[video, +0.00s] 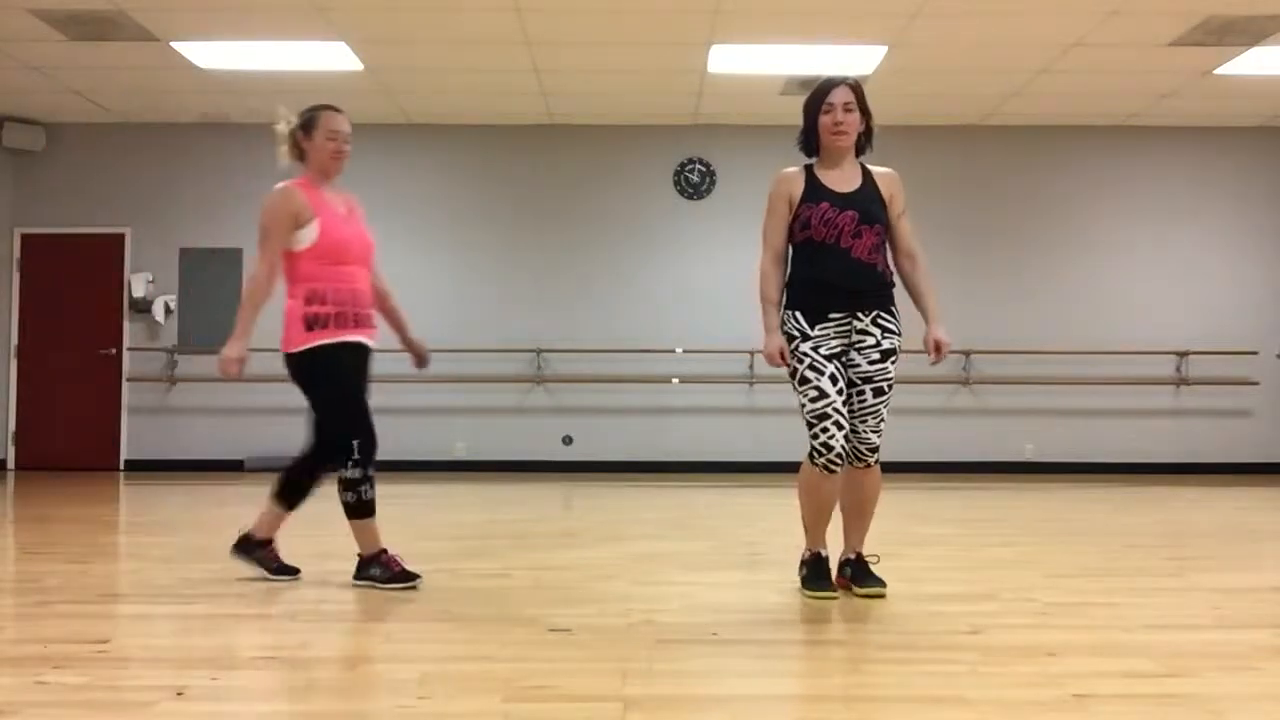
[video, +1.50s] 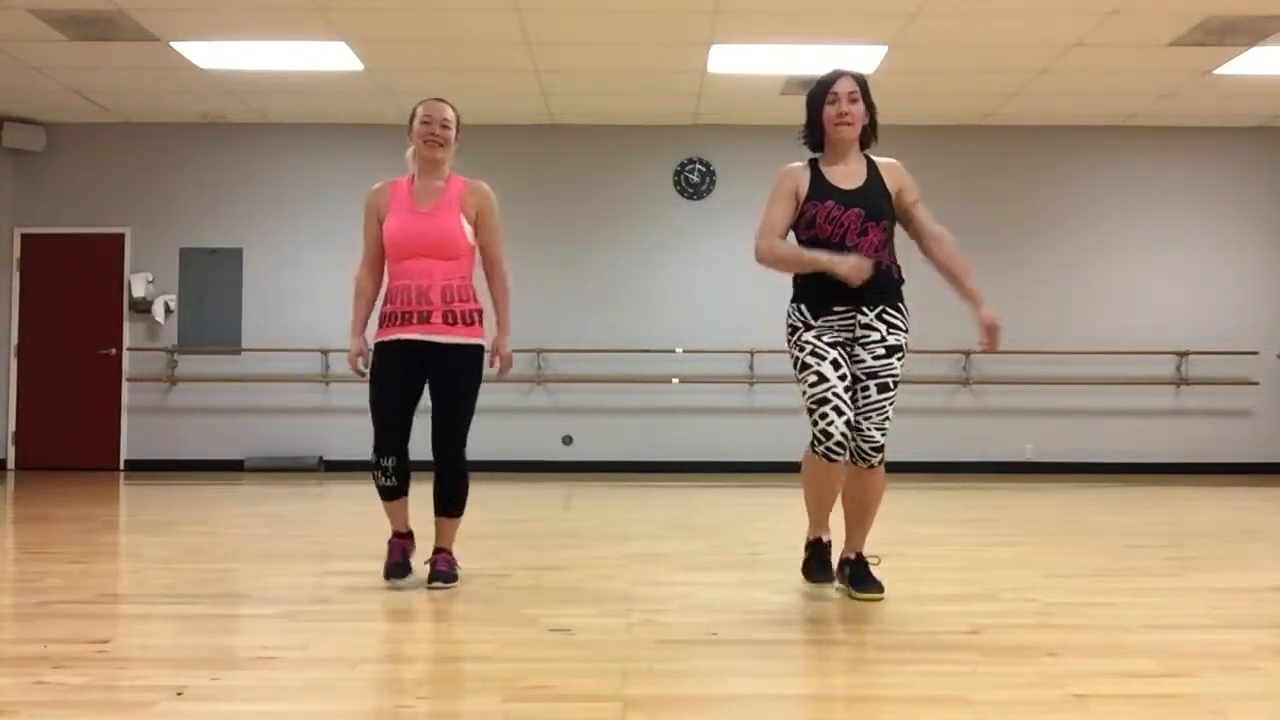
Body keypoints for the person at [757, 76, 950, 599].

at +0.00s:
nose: (840, 118)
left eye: (849, 109)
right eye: (829, 110)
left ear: (864, 120)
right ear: (813, 120)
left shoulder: (885, 183)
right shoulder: (791, 183)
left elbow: (908, 258)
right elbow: (773, 259)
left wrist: (932, 321)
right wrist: (771, 328)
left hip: (875, 326)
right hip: (810, 327)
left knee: (865, 444)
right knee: (830, 441)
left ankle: (854, 558)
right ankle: (814, 556)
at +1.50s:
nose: (845, 108)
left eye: (854, 100)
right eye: (835, 101)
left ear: (869, 112)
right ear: (817, 114)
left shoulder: (891, 174)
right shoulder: (796, 177)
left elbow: (935, 241)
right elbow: (766, 249)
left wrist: (979, 304)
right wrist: (831, 260)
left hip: (881, 318)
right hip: (817, 319)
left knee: (870, 438)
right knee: (832, 431)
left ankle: (854, 556)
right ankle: (818, 539)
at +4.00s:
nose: (841, 102)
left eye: (850, 94)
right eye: (831, 94)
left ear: (865, 106)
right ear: (814, 106)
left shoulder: (887, 158)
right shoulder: (792, 163)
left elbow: (964, 152)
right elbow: (720, 152)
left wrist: (1039, 149)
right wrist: (793, 146)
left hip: (880, 311)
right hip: (815, 313)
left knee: (872, 436)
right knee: (829, 432)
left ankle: (861, 556)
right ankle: (819, 545)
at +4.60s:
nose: (834, 102)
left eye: (843, 93)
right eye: (824, 95)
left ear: (860, 106)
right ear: (809, 108)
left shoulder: (884, 159)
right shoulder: (788, 165)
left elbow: (958, 161)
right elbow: (714, 160)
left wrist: (1031, 153)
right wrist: (787, 154)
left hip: (871, 313)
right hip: (805, 313)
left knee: (871, 437)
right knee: (820, 436)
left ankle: (859, 548)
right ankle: (817, 560)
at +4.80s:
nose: (841, 99)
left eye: (851, 90)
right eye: (831, 92)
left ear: (868, 102)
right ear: (817, 107)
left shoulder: (890, 159)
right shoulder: (798, 164)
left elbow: (930, 216)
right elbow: (728, 199)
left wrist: (984, 175)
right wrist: (784, 174)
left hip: (881, 311)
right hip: (814, 311)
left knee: (873, 439)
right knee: (827, 434)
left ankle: (856, 556)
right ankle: (817, 553)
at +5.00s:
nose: (845, 101)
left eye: (855, 93)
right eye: (834, 94)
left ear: (869, 107)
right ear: (818, 108)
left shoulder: (890, 167)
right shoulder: (800, 165)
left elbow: (917, 245)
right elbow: (753, 227)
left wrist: (923, 193)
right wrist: (811, 174)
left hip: (885, 312)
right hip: (820, 312)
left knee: (874, 433)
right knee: (842, 422)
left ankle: (855, 558)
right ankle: (816, 534)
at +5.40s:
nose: (842, 98)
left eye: (852, 91)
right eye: (831, 91)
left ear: (865, 105)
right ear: (815, 107)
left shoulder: (881, 152)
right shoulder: (798, 157)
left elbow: (913, 78)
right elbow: (782, 80)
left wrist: (872, 11)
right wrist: (819, 18)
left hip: (875, 308)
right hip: (809, 310)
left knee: (882, 430)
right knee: (820, 429)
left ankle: (856, 529)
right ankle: (814, 555)